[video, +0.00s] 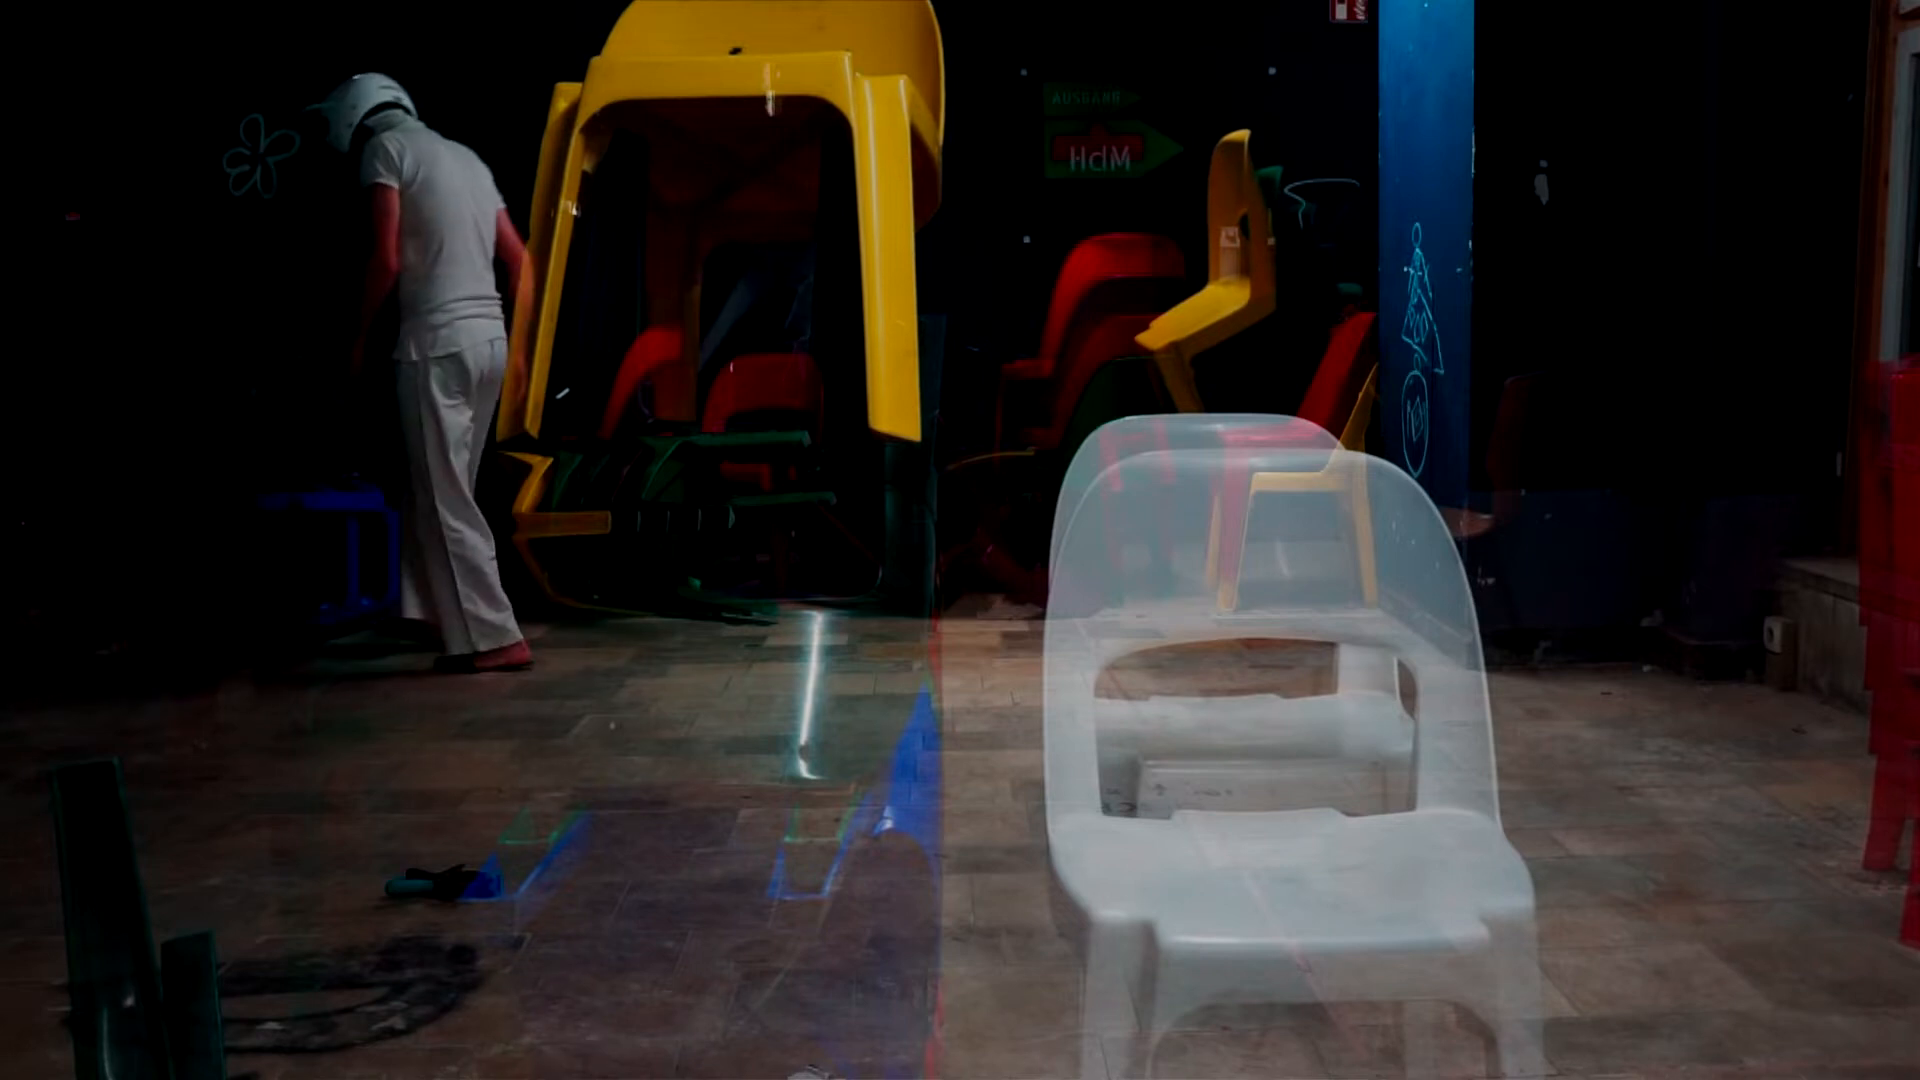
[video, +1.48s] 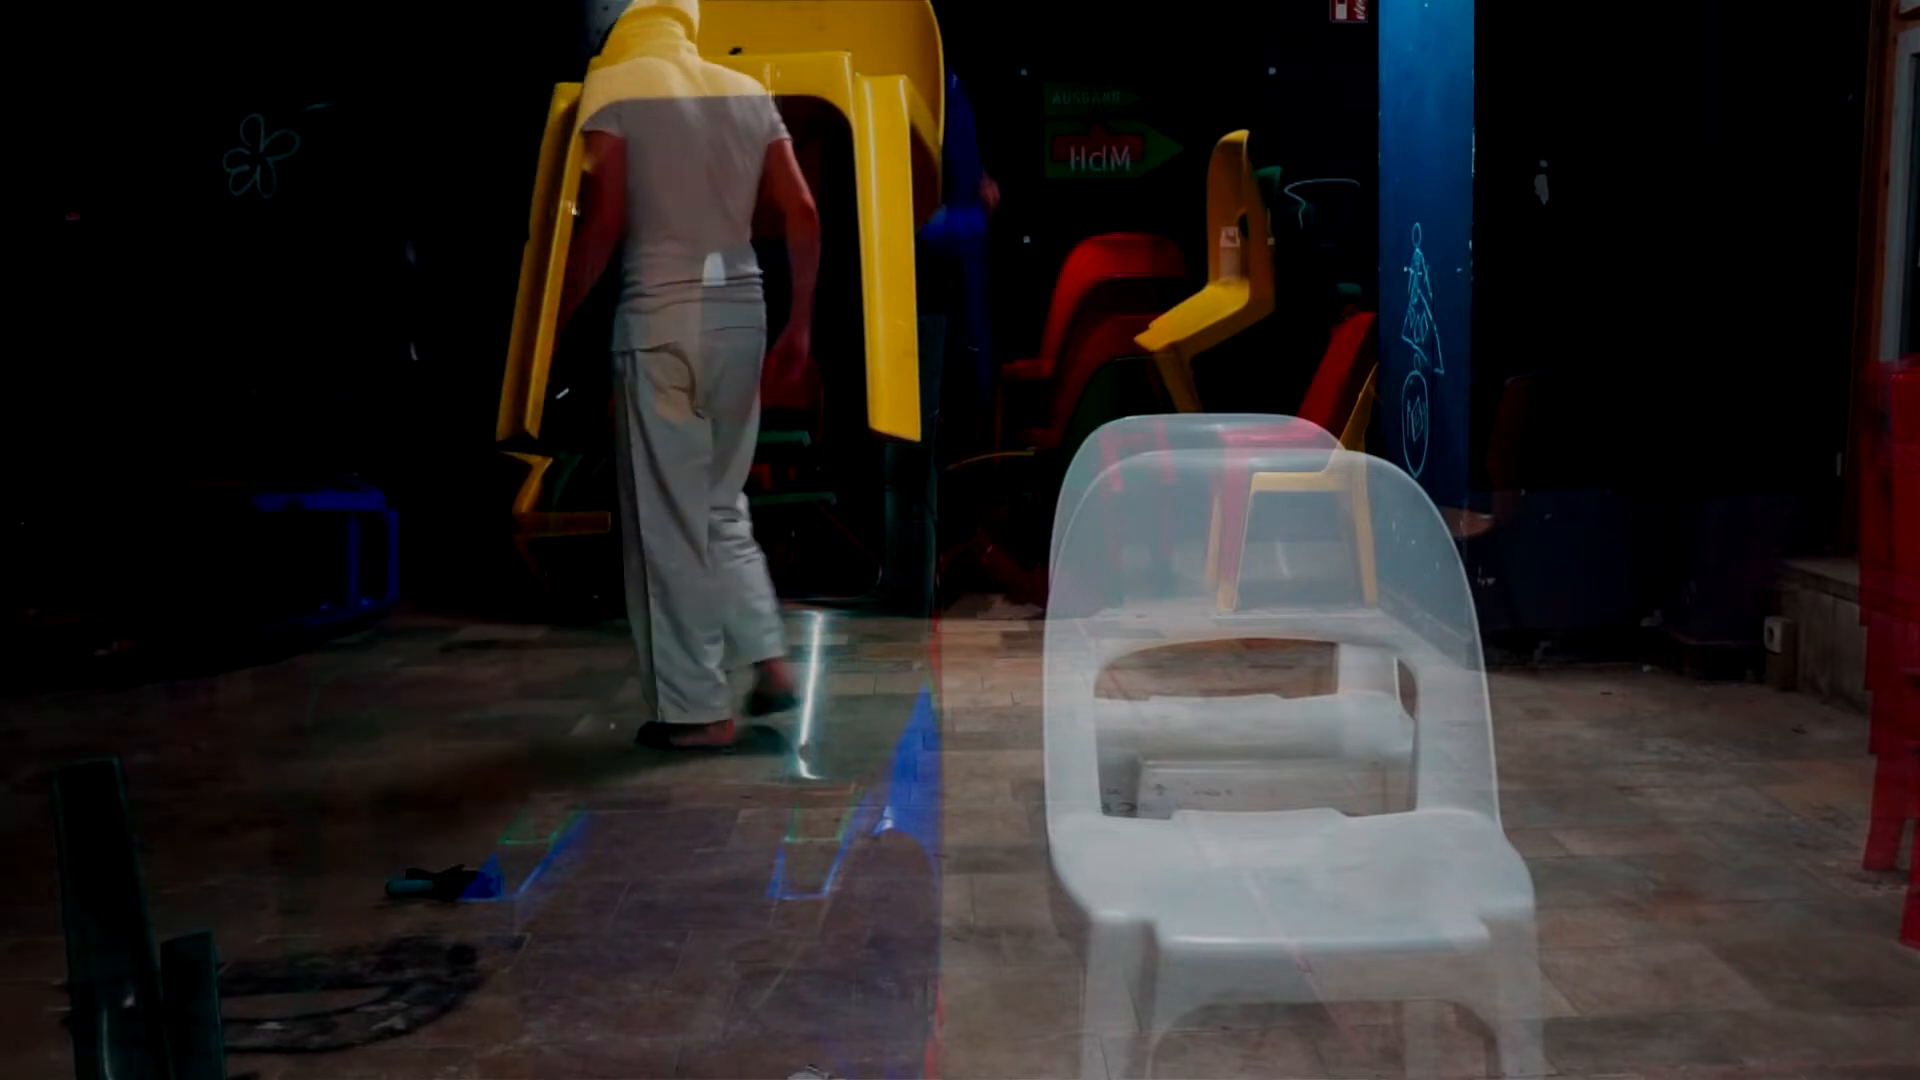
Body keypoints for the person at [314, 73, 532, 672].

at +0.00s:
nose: (353, 142)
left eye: (352, 132)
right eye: (351, 133)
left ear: (364, 120)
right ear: (402, 108)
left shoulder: (386, 145)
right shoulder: (466, 159)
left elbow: (387, 260)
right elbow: (520, 261)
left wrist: (360, 332)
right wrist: (513, 344)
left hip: (439, 343)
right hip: (490, 340)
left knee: (445, 494)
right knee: (450, 486)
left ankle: (495, 637)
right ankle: (447, 625)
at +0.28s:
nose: (400, 124)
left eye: (399, 115)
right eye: (399, 116)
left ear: (409, 105)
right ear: (459, 96)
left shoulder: (420, 140)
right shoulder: (524, 149)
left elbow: (420, 252)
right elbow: (577, 249)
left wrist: (383, 338)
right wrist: (580, 342)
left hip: (464, 340)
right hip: (531, 336)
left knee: (467, 488)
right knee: (519, 483)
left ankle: (492, 637)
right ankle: (573, 606)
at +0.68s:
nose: (484, 94)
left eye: (485, 81)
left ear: (492, 77)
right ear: (554, 77)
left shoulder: (491, 123)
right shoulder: (602, 135)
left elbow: (507, 225)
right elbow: (654, 244)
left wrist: (499, 334)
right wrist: (649, 330)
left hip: (526, 339)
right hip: (598, 334)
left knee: (512, 498)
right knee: (605, 499)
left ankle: (504, 642)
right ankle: (624, 660)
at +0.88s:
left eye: (521, 65)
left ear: (525, 62)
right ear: (594, 62)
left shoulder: (521, 115)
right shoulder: (639, 126)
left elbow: (535, 209)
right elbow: (685, 240)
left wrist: (532, 339)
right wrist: (676, 329)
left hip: (557, 335)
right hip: (630, 333)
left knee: (524, 487)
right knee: (622, 498)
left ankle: (583, 644)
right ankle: (628, 664)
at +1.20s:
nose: (565, 77)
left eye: (564, 64)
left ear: (573, 58)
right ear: (635, 53)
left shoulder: (565, 117)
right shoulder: (689, 122)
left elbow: (545, 239)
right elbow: (741, 238)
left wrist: (512, 337)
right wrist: (745, 336)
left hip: (604, 335)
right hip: (682, 333)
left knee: (637, 511)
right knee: (656, 509)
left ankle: (699, 698)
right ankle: (615, 667)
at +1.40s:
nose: (599, 64)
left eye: (601, 53)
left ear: (613, 45)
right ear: (672, 42)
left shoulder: (603, 94)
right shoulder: (730, 97)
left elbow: (582, 224)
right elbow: (783, 215)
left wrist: (546, 298)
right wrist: (782, 322)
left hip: (646, 318)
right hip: (725, 314)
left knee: (663, 513)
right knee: (705, 509)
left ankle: (693, 710)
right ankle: (711, 688)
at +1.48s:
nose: (612, 56)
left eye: (614, 44)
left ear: (623, 41)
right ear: (685, 35)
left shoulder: (612, 86)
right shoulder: (746, 90)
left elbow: (605, 217)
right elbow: (802, 213)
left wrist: (562, 309)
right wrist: (799, 323)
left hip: (657, 319)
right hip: (743, 314)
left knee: (671, 513)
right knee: (724, 500)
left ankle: (698, 710)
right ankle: (769, 659)